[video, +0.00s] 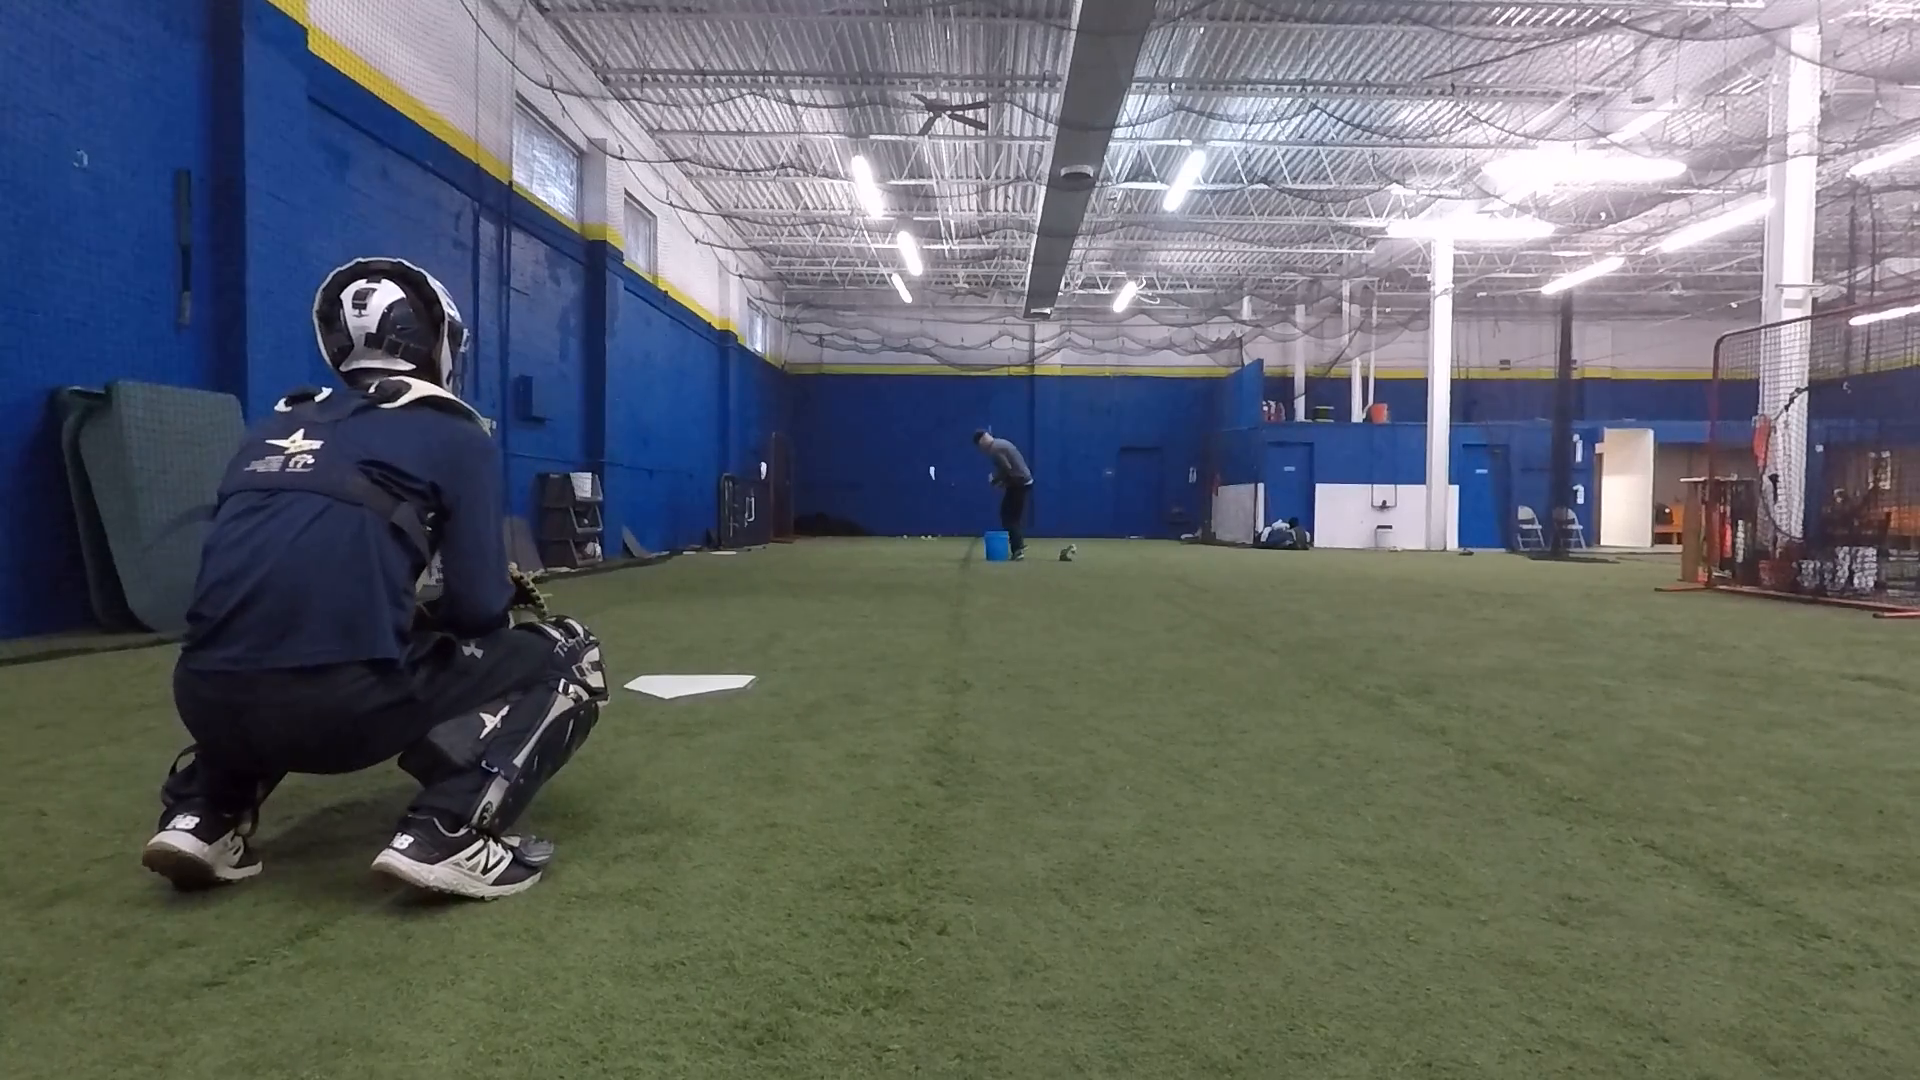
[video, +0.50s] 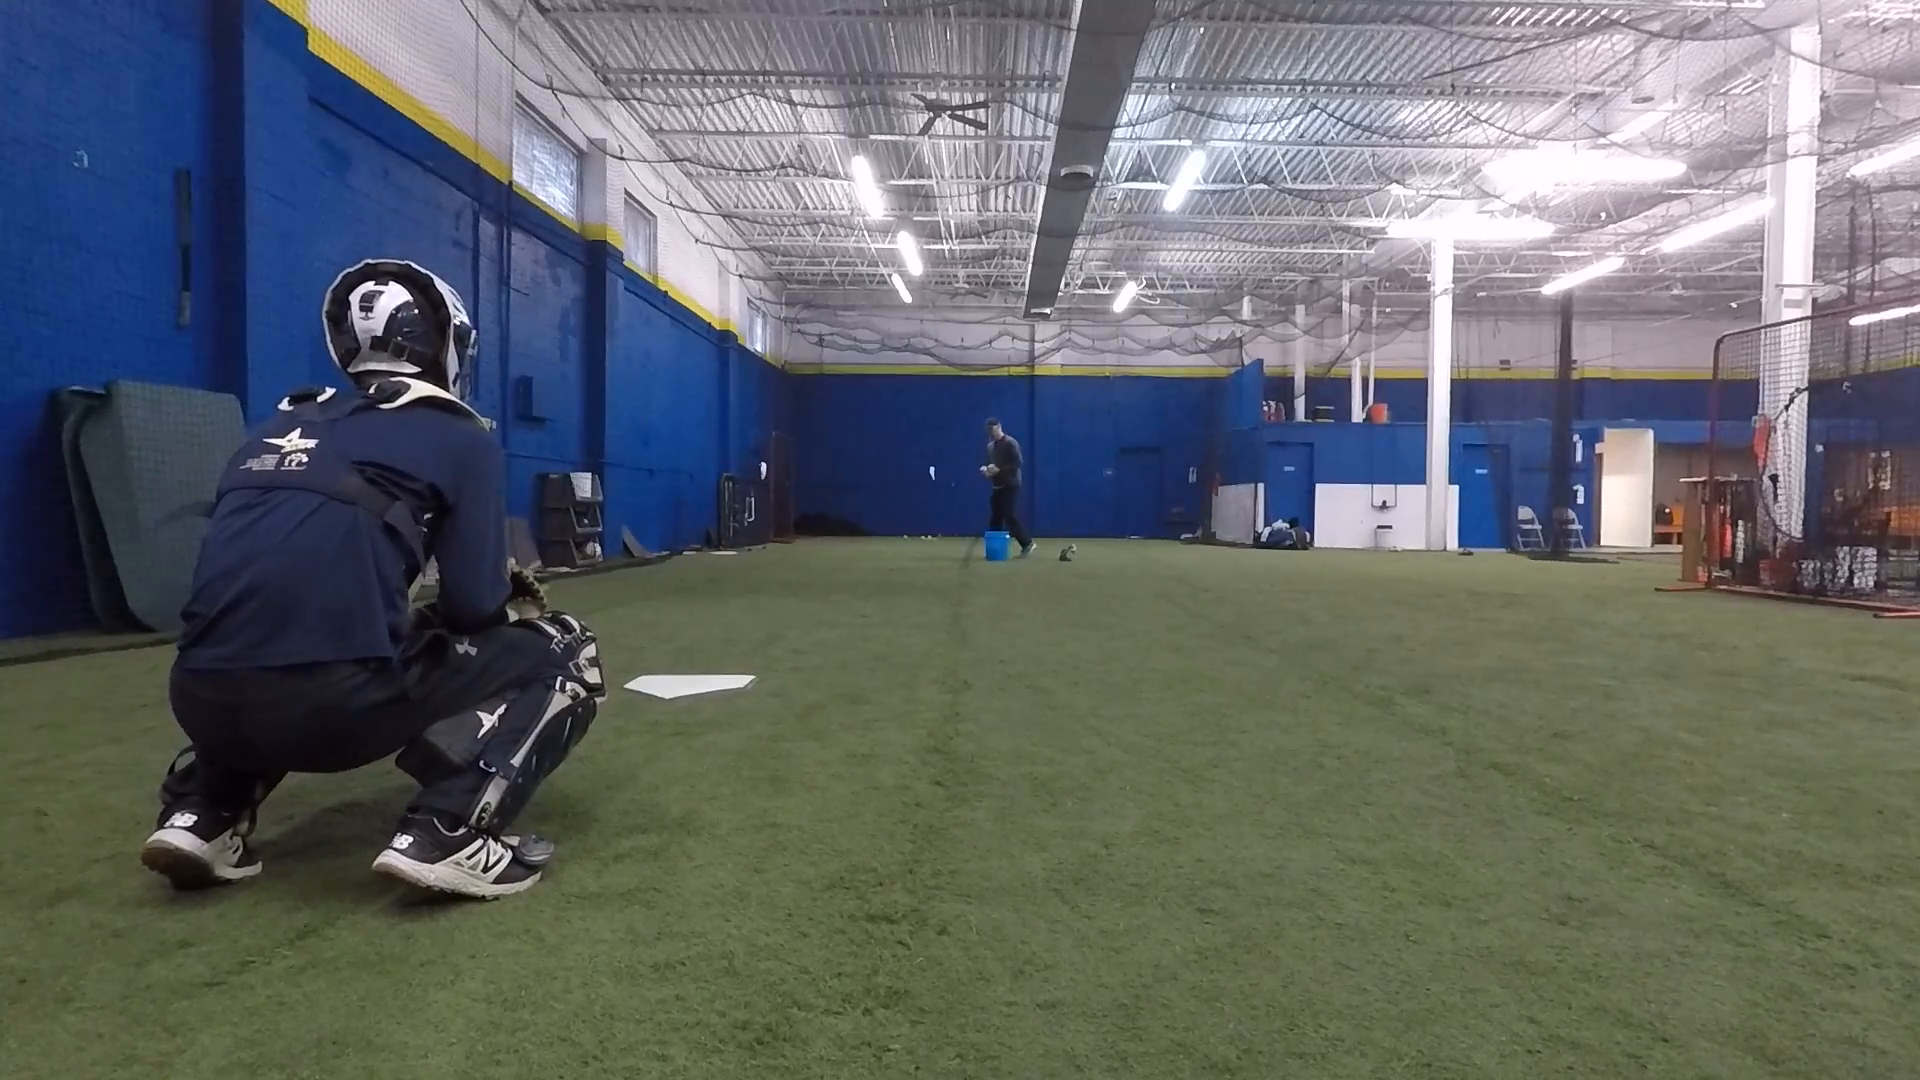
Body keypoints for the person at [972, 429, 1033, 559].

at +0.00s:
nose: (981, 448)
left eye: (980, 445)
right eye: (979, 445)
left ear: (983, 441)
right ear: (988, 436)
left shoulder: (995, 449)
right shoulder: (1002, 443)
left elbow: (1006, 468)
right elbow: (1010, 466)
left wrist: (996, 478)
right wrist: (1001, 479)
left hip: (1017, 483)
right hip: (1024, 480)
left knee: (1008, 515)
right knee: (1012, 514)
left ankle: (1017, 549)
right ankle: (1019, 543)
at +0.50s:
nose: (991, 433)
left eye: (993, 429)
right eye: (989, 430)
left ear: (999, 428)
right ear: (987, 431)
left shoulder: (1011, 443)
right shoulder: (990, 446)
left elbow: (1017, 463)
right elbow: (991, 462)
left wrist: (999, 469)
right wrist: (987, 469)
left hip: (1010, 486)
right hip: (997, 487)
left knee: (1008, 515)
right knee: (996, 516)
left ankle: (1027, 543)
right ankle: (994, 547)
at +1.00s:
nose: (1016, 429)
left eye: (1018, 426)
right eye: (1013, 426)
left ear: (1023, 428)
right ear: (1010, 429)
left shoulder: (1029, 446)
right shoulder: (1003, 446)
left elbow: (1036, 466)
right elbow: (999, 463)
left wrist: (1022, 475)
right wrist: (1002, 472)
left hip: (1022, 488)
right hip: (1006, 487)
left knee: (1022, 519)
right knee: (1002, 517)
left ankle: (1024, 548)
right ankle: (999, 547)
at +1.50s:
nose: (1012, 432)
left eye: (1014, 430)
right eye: (1010, 430)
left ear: (1019, 432)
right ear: (1007, 432)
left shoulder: (1026, 449)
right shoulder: (1000, 448)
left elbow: (1037, 466)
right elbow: (987, 461)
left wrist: (1032, 479)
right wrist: (984, 446)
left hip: (1021, 490)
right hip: (1005, 490)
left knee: (1022, 518)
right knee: (1006, 519)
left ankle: (1024, 546)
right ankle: (1008, 546)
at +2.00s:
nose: (1011, 435)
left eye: (1013, 432)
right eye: (1009, 432)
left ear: (1017, 432)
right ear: (1006, 433)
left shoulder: (1024, 448)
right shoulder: (999, 449)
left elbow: (1034, 467)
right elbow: (993, 463)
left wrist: (1028, 479)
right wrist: (996, 469)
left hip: (1018, 489)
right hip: (1003, 489)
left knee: (1017, 518)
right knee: (1005, 517)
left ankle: (1017, 544)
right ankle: (1007, 544)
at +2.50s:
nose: (1009, 438)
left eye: (1012, 436)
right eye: (1007, 436)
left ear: (1017, 435)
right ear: (1004, 436)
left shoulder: (1022, 451)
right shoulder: (997, 448)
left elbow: (1031, 469)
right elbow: (990, 463)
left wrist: (1024, 482)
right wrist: (995, 470)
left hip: (1011, 489)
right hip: (995, 488)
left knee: (1012, 518)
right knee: (988, 515)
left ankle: (1014, 545)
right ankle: (980, 542)